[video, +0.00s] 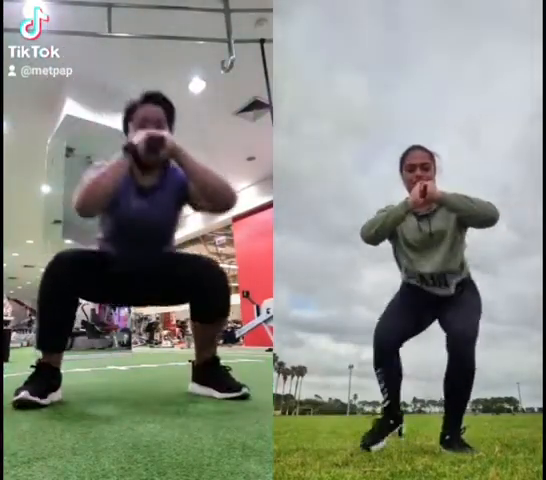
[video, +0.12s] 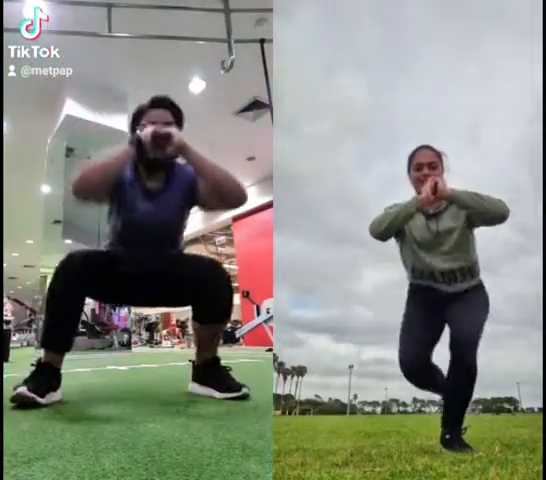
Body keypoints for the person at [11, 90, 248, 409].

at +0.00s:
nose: (152, 135)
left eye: (160, 126)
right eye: (142, 125)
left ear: (171, 135)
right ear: (128, 135)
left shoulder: (178, 179)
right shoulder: (112, 172)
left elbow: (225, 201)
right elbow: (85, 207)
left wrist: (178, 152)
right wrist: (127, 158)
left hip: (160, 271)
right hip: (111, 270)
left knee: (209, 275)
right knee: (63, 268)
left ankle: (206, 369)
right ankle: (47, 373)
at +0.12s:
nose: (159, 134)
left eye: (168, 127)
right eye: (150, 127)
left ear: (178, 136)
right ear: (135, 136)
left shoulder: (186, 178)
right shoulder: (122, 171)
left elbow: (235, 197)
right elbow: (82, 188)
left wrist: (185, 149)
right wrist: (133, 149)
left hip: (168, 271)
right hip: (118, 269)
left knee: (212, 276)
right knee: (73, 268)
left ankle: (206, 368)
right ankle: (48, 373)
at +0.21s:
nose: (161, 128)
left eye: (169, 121)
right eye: (153, 121)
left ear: (180, 133)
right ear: (138, 133)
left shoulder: (189, 174)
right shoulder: (123, 168)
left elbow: (239, 187)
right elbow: (77, 172)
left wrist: (188, 143)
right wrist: (129, 142)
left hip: (170, 268)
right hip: (121, 267)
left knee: (213, 276)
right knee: (76, 268)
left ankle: (206, 369)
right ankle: (48, 373)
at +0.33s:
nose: (168, 111)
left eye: (178, 105)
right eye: (161, 103)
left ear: (190, 114)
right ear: (147, 109)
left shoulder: (198, 154)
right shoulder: (131, 147)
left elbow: (246, 157)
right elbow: (74, 143)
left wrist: (190, 126)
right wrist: (133, 122)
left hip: (182, 250)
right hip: (134, 249)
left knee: (220, 278)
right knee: (88, 279)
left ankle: (212, 366)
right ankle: (51, 372)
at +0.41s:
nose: (172, 91)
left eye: (181, 84)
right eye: (166, 83)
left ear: (196, 92)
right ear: (154, 90)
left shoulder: (203, 136)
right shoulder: (138, 134)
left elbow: (246, 139)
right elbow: (84, 142)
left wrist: (192, 116)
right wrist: (135, 122)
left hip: (190, 235)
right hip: (142, 233)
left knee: (215, 282)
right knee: (95, 285)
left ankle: (213, 367)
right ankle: (58, 367)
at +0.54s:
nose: (176, 78)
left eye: (185, 72)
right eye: (169, 72)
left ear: (197, 80)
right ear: (157, 80)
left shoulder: (207, 123)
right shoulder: (143, 125)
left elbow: (247, 130)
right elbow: (94, 147)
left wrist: (193, 109)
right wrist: (138, 120)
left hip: (197, 224)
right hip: (152, 222)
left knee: (210, 281)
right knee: (110, 262)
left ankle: (211, 367)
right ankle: (99, 334)